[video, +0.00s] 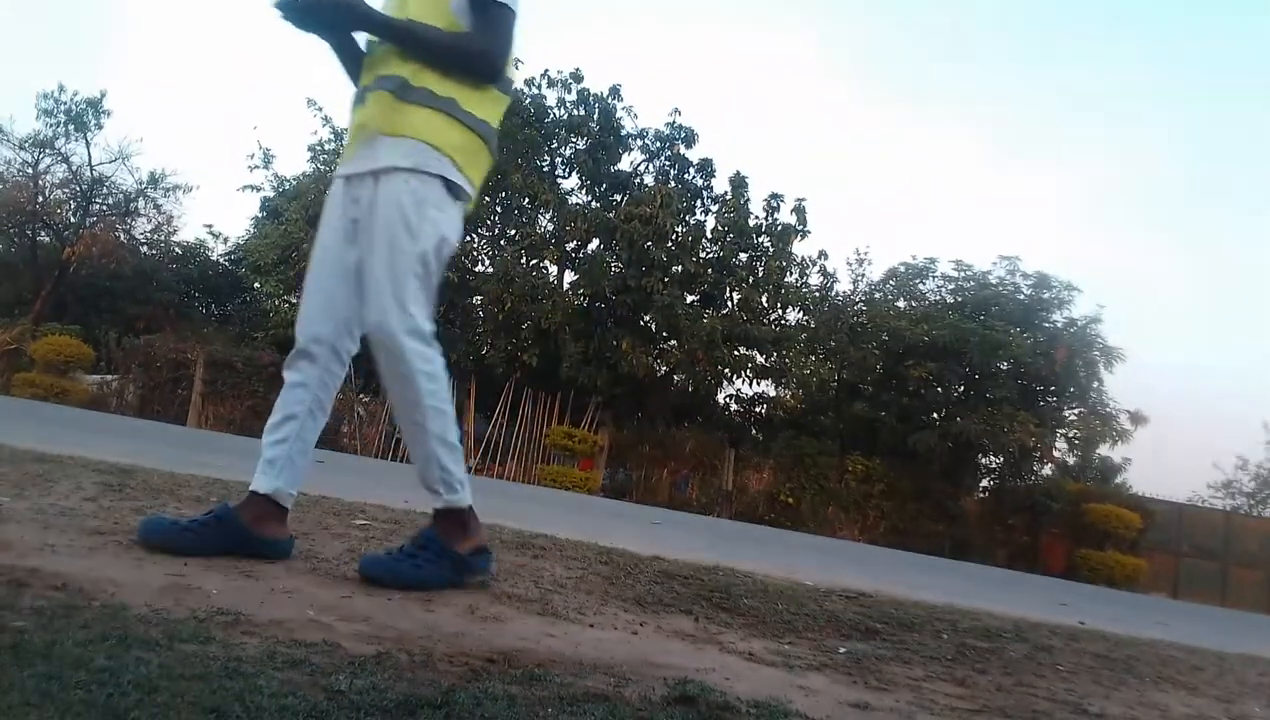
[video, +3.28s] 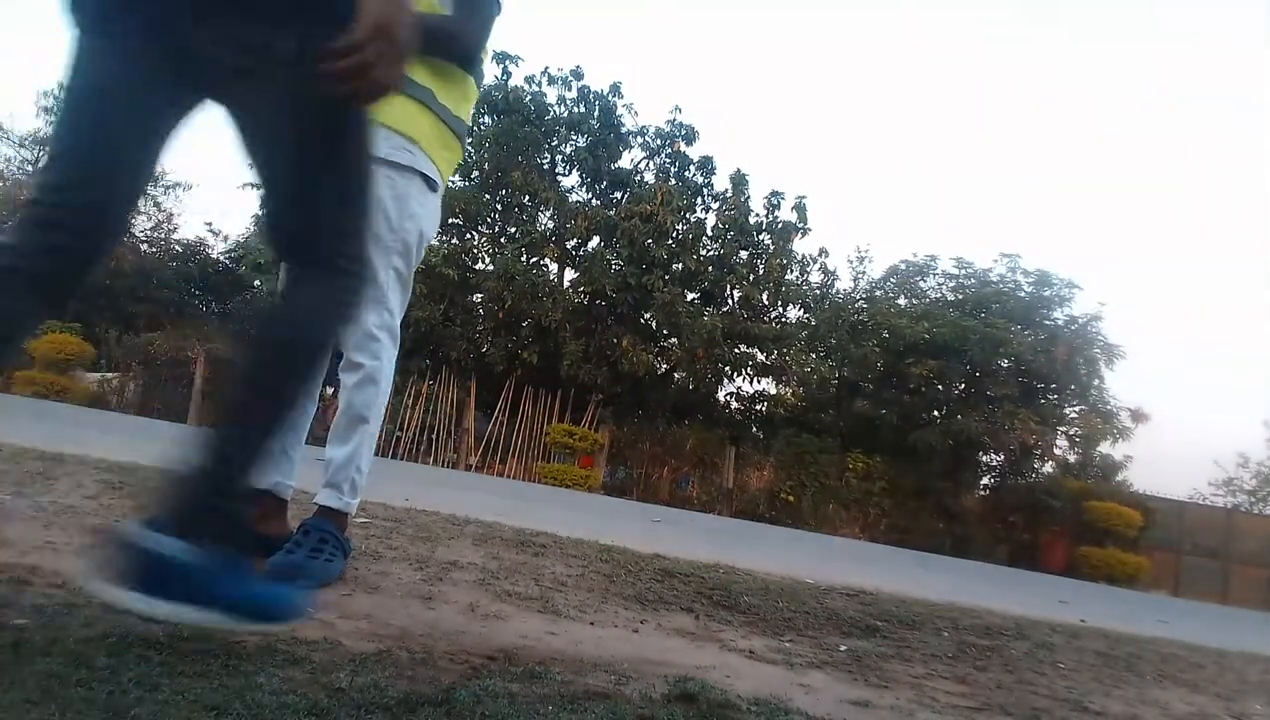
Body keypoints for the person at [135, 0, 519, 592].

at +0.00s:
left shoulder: (480, 5)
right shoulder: (401, 18)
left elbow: (487, 59)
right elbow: (380, 91)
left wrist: (370, 18)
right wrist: (335, 32)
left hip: (425, 157)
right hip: (358, 161)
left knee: (397, 327)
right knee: (318, 342)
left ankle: (459, 529)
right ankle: (263, 512)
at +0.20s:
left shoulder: (456, 4)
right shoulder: (364, 10)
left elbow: (451, 46)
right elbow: (330, 73)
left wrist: (354, 5)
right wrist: (311, 9)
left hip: (393, 132)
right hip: (327, 132)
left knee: (337, 300)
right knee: (301, 331)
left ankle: (391, 509)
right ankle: (264, 512)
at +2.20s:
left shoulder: (447, 9)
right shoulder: (338, 21)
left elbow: (440, 30)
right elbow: (322, 38)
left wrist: (347, 0)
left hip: (378, 134)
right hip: (307, 129)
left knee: (353, 337)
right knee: (290, 333)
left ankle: (328, 523)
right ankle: (262, 508)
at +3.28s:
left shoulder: (473, 6)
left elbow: (465, 39)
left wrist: (398, 16)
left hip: (405, 140)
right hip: (332, 128)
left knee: (369, 335)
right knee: (305, 316)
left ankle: (331, 521)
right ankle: (264, 504)